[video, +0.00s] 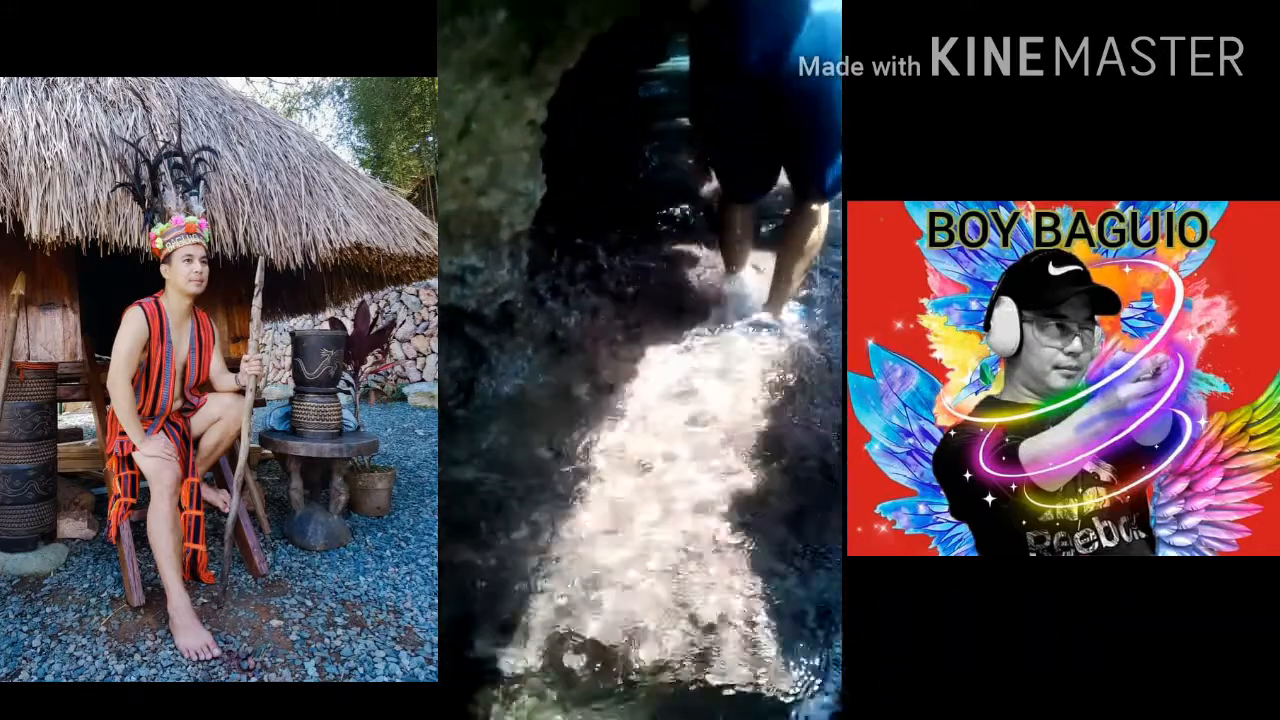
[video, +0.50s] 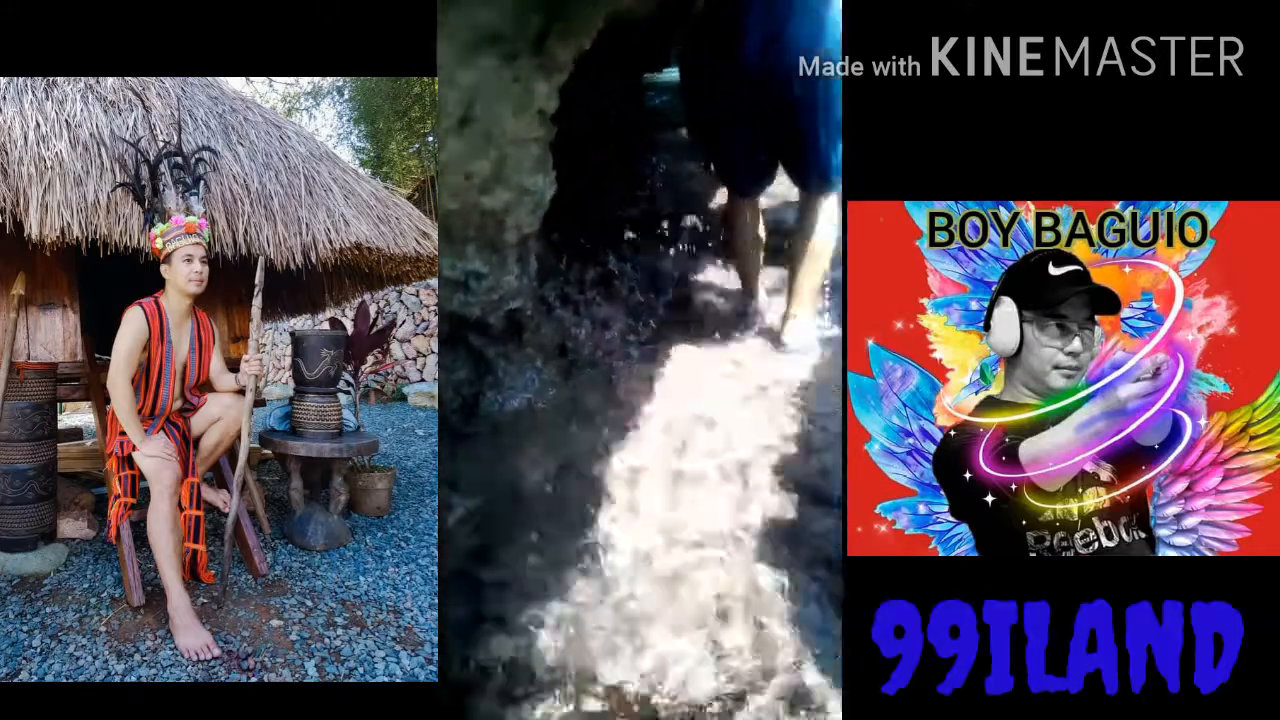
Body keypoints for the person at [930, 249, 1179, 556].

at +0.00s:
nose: (1076, 346)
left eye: (1086, 328)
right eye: (1055, 327)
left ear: (1097, 334)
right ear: (1007, 327)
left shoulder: (1113, 407)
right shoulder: (962, 445)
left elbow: (1155, 435)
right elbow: (1021, 471)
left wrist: (1148, 395)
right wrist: (1105, 413)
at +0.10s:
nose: (1076, 346)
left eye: (1086, 328)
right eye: (1055, 327)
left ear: (1096, 334)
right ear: (1007, 327)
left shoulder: (1114, 408)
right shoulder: (962, 445)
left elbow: (1155, 435)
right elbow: (1023, 471)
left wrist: (1149, 396)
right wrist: (1107, 411)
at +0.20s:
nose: (1076, 346)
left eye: (1086, 328)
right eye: (1055, 326)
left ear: (1097, 335)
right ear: (1007, 328)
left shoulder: (1113, 408)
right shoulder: (962, 446)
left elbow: (1156, 436)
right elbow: (1022, 471)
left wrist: (1147, 395)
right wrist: (1105, 413)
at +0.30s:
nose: (1076, 346)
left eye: (1086, 328)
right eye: (1055, 327)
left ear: (1097, 334)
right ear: (1007, 328)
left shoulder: (1113, 409)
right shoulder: (962, 445)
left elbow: (1155, 435)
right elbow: (1023, 472)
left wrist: (1149, 396)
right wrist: (1106, 412)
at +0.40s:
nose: (1076, 346)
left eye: (1086, 328)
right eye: (1055, 327)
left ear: (1097, 334)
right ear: (1007, 328)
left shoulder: (1114, 408)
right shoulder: (962, 446)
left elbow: (1155, 435)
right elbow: (1022, 472)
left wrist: (1149, 396)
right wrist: (1106, 412)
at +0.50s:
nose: (1076, 346)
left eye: (1086, 328)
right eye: (1055, 327)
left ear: (1097, 334)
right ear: (1007, 328)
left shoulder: (1114, 408)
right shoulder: (962, 446)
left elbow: (1155, 435)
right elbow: (1022, 472)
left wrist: (1149, 396)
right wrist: (1106, 412)